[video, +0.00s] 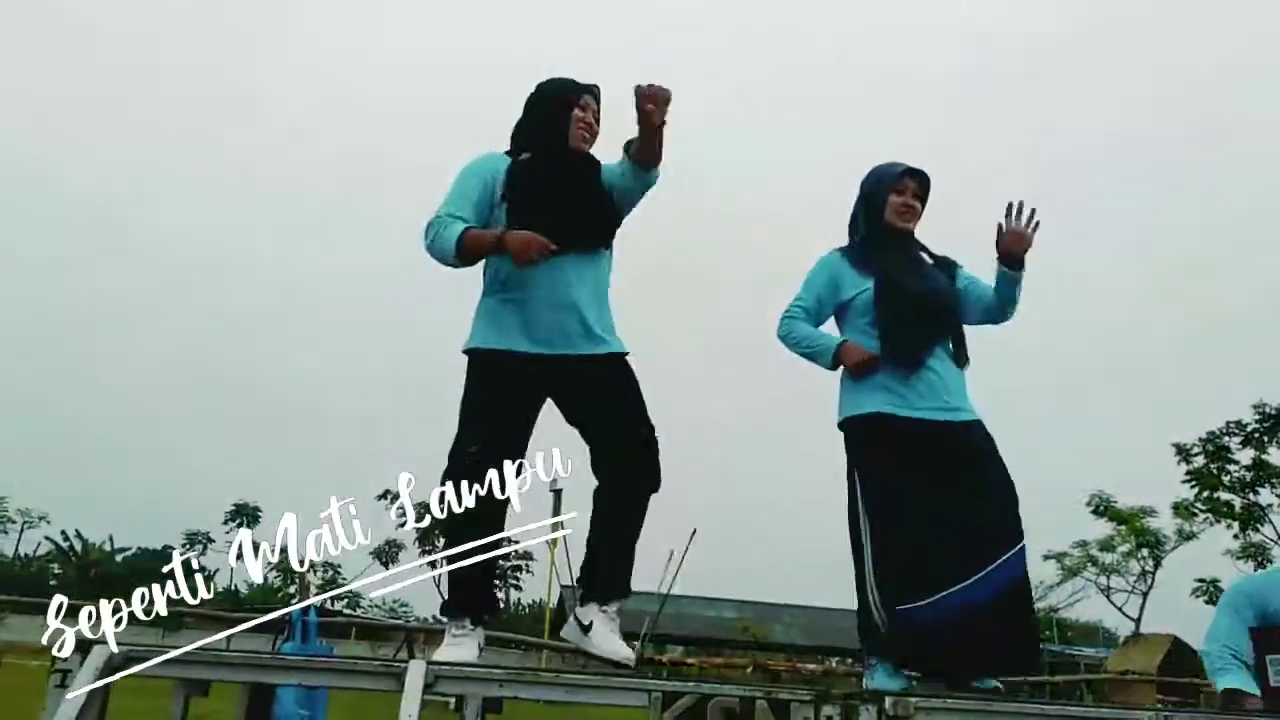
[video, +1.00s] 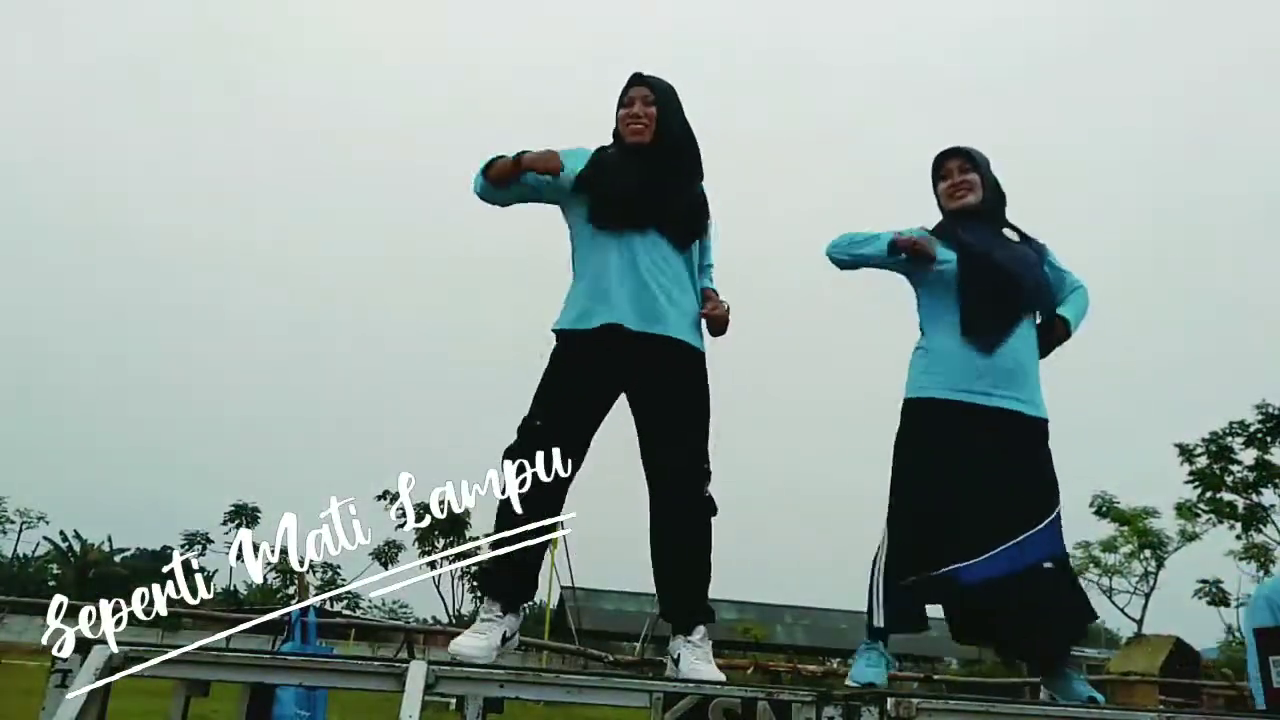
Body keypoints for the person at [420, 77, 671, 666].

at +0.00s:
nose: (589, 119)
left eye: (594, 116)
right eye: (578, 108)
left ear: (596, 132)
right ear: (545, 113)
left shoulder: (601, 181)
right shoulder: (494, 170)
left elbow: (639, 168)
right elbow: (441, 236)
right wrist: (502, 239)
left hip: (591, 351)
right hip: (507, 347)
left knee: (633, 469)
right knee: (476, 479)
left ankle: (594, 608)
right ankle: (463, 619)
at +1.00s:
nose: (637, 114)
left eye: (649, 106)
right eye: (628, 106)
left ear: (670, 119)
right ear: (615, 117)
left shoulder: (687, 192)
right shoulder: (583, 168)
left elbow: (702, 274)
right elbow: (490, 188)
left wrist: (711, 299)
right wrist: (518, 164)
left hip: (672, 344)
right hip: (589, 336)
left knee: (682, 487)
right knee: (536, 468)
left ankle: (690, 636)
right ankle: (499, 613)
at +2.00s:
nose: (499, 88)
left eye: (509, 84)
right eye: (488, 76)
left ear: (515, 102)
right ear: (461, 83)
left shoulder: (525, 170)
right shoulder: (406, 145)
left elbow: (565, 245)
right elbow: (354, 227)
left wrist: (600, 255)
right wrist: (289, 292)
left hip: (492, 332)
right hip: (400, 328)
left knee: (515, 465)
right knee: (357, 467)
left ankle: (512, 603)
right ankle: (339, 614)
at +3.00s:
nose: (602, 106)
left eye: (607, 101)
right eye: (593, 95)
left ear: (606, 116)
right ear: (559, 96)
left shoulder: (619, 167)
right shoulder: (502, 158)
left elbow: (616, 168)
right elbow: (469, 224)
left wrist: (532, 134)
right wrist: (505, 260)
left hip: (591, 340)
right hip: (510, 331)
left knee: (594, 483)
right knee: (483, 472)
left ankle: (569, 626)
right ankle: (477, 620)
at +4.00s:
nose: (651, 115)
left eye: (663, 106)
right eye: (642, 107)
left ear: (688, 114)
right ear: (632, 118)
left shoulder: (724, 182)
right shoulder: (612, 166)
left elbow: (757, 244)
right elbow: (586, 189)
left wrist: (766, 277)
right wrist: (680, 192)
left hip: (703, 336)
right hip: (619, 332)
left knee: (712, 481)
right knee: (575, 455)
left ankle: (719, 628)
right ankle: (605, 596)